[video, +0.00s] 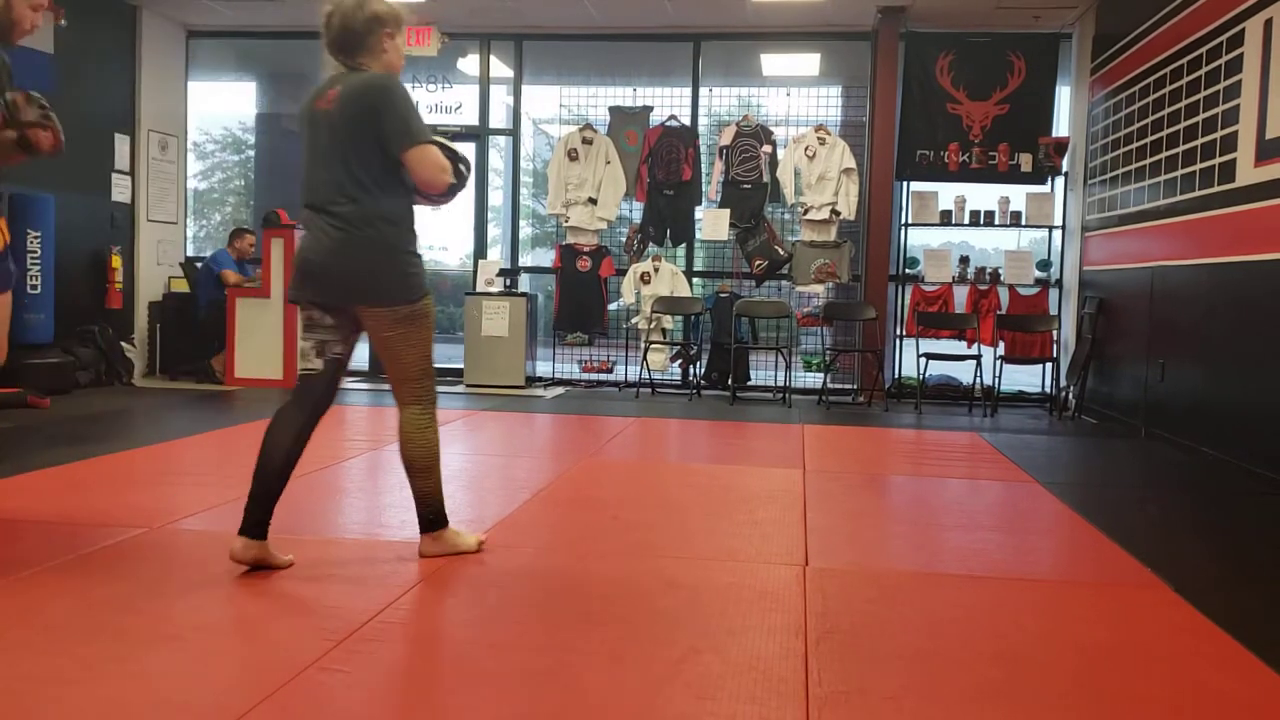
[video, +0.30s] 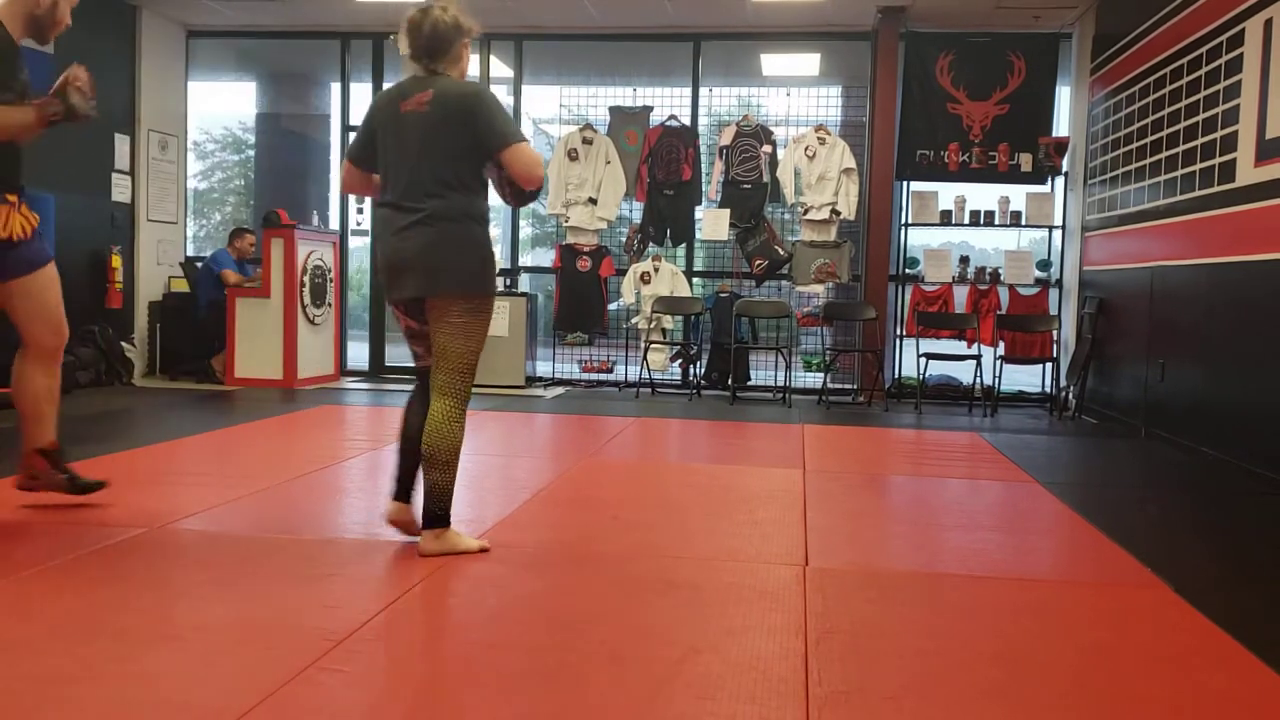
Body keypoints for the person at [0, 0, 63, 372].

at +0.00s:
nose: (37, 23)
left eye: (42, 15)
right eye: (35, 10)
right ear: (10, 2)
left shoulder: (6, 62)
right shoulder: (4, 61)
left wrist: (23, 140)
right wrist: (19, 140)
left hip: (2, 205)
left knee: (5, 277)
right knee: (4, 278)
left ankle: (4, 377)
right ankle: (4, 376)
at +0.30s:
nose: (69, 21)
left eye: (73, 11)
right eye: (71, 8)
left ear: (41, 3)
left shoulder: (16, 50)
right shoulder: (3, 44)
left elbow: (16, 120)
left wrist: (56, 100)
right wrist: (45, 108)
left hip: (13, 208)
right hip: (5, 209)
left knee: (47, 335)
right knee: (45, 335)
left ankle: (40, 460)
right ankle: (40, 459)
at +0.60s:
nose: (140, 39)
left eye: (142, 29)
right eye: (138, 26)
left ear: (107, 18)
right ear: (111, 18)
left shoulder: (83, 71)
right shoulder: (49, 54)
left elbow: (90, 149)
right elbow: (29, 129)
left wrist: (131, 115)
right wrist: (106, 140)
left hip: (85, 229)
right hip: (40, 230)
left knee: (85, 362)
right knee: (35, 360)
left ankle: (90, 475)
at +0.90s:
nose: (201, 32)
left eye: (203, 22)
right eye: (195, 19)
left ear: (168, 18)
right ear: (158, 12)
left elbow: (162, 171)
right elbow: (51, 130)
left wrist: (193, 146)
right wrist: (127, 137)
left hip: (138, 223)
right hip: (112, 225)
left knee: (103, 361)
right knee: (162, 352)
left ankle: (92, 476)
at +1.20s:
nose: (264, 37)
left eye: (266, 26)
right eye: (263, 24)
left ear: (222, 16)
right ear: (237, 17)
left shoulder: (182, 62)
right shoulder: (199, 65)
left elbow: (199, 158)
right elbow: (209, 161)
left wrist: (252, 152)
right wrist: (266, 151)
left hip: (175, 227)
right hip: (191, 229)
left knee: (202, 353)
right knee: (213, 365)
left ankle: (129, 444)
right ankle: (220, 492)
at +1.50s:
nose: (299, 43)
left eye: (301, 33)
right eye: (301, 32)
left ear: (249, 17)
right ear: (289, 23)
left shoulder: (209, 65)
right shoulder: (261, 68)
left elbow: (227, 150)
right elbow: (278, 160)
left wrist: (296, 142)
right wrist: (314, 152)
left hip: (203, 234)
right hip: (243, 232)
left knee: (235, 358)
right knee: (264, 362)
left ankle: (217, 486)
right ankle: (229, 491)